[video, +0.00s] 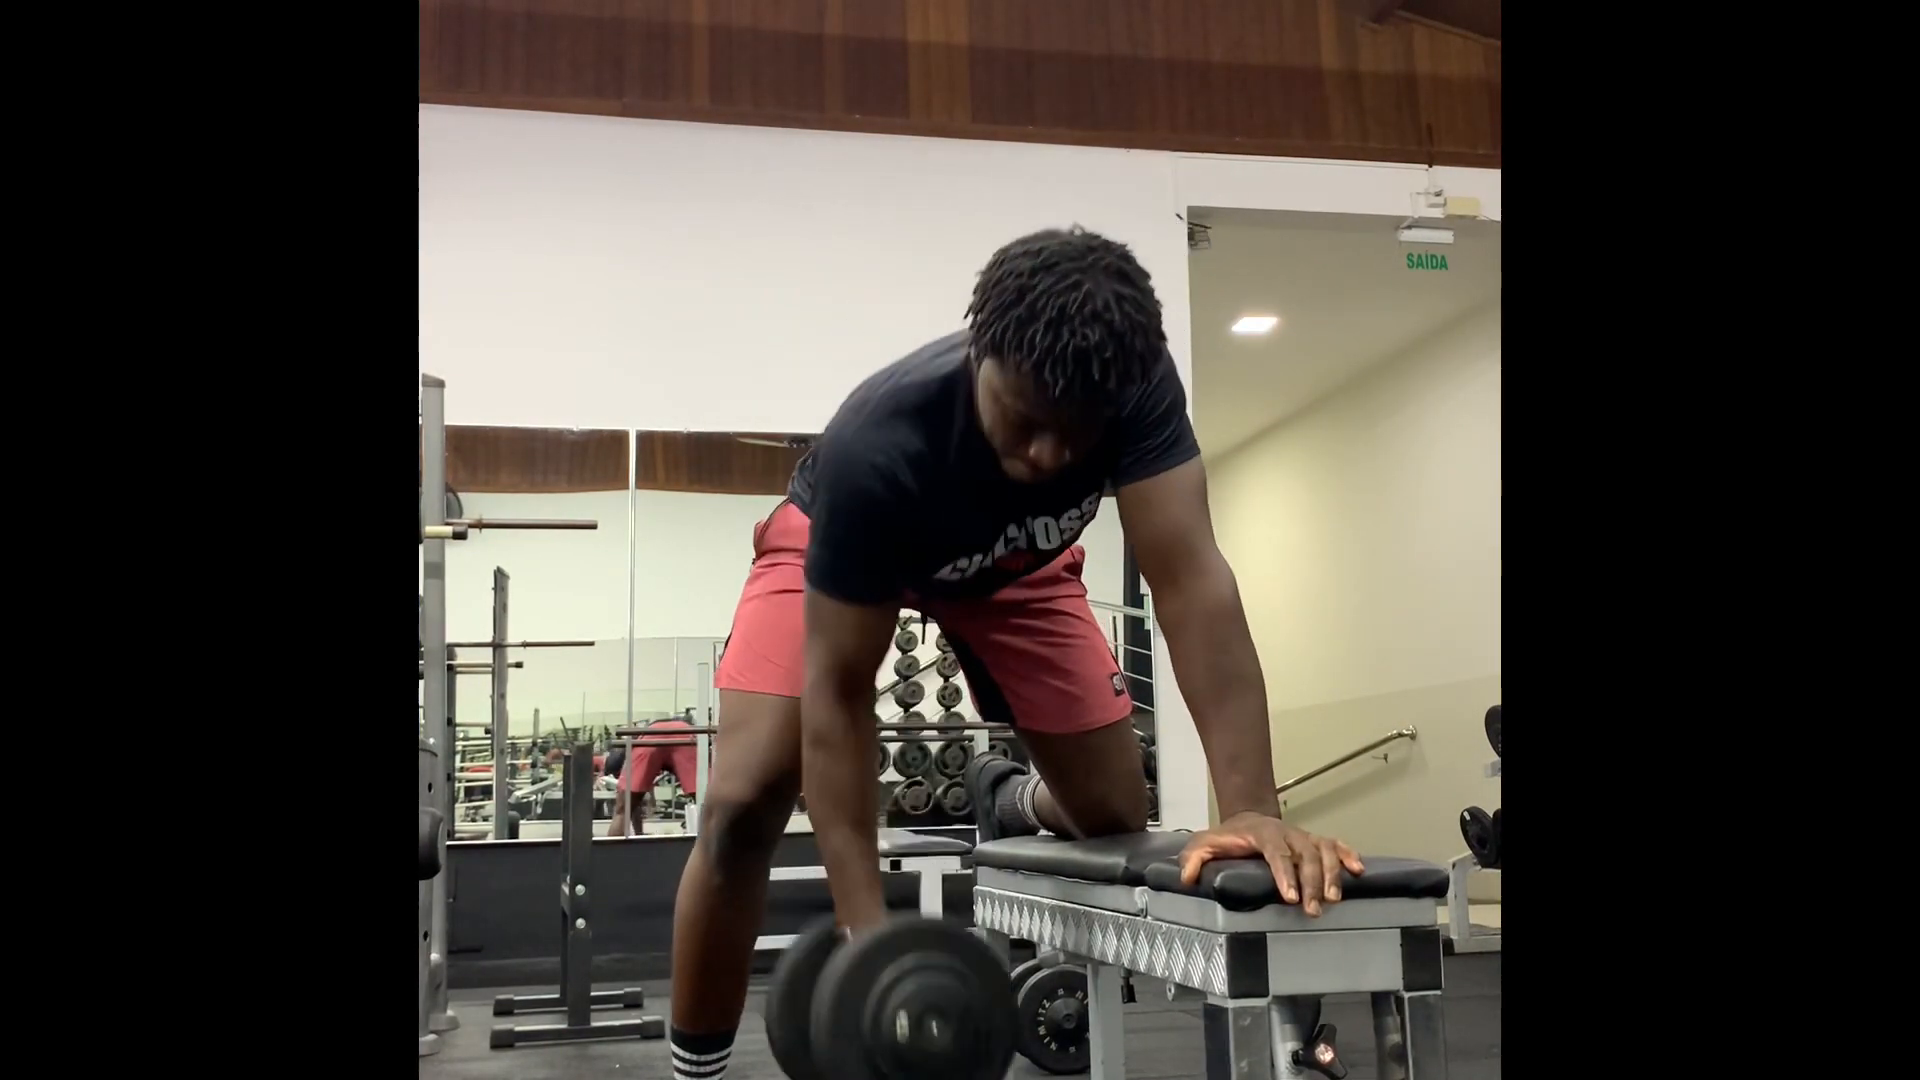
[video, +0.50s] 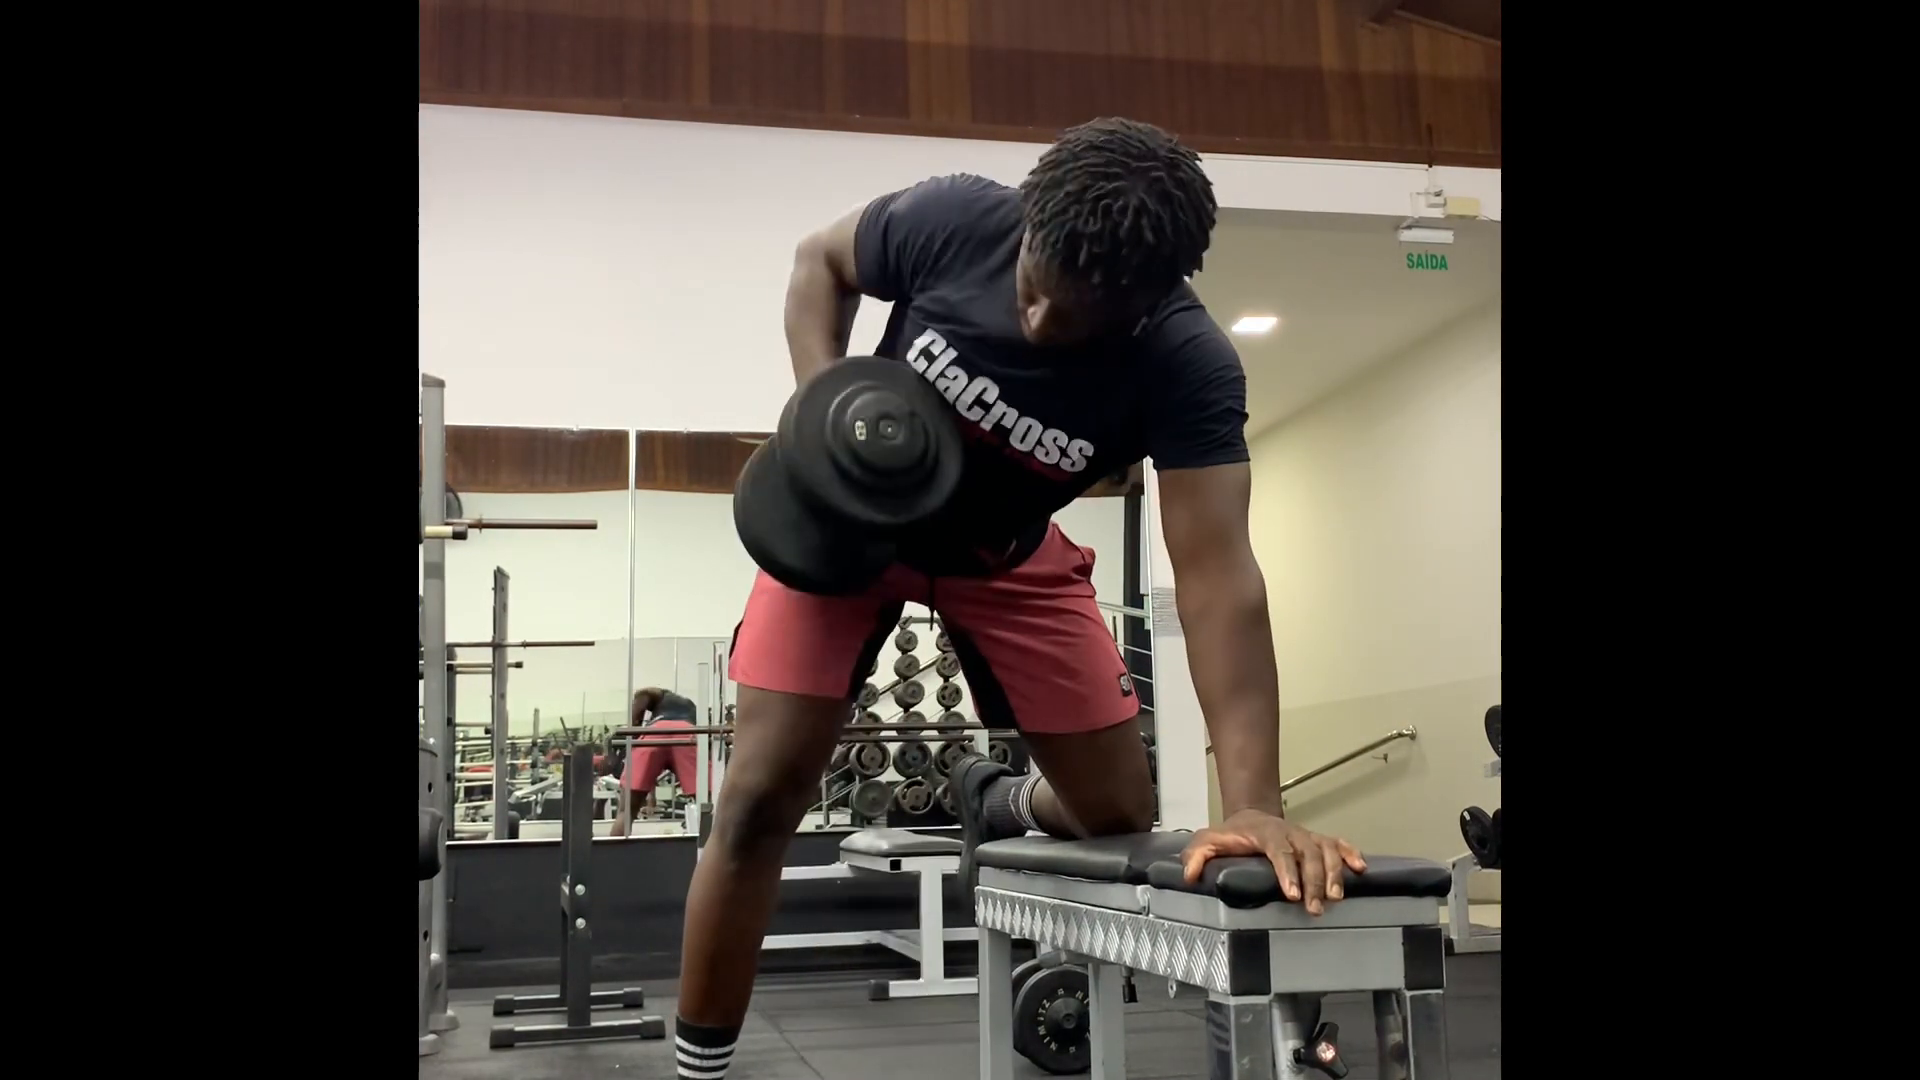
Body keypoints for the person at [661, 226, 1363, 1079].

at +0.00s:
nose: (1047, 454)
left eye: (1077, 430)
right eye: (1023, 422)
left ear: (1123, 390)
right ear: (980, 361)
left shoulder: (1136, 386)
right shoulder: (882, 454)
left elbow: (1189, 573)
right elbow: (838, 699)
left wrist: (1252, 806)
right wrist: (870, 949)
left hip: (1020, 561)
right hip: (842, 552)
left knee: (1119, 817)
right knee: (741, 807)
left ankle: (1016, 800)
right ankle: (696, 1075)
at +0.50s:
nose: (1041, 322)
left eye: (1077, 313)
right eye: (1034, 287)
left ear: (1146, 302)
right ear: (1028, 225)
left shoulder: (1187, 366)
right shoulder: (954, 221)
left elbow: (1220, 579)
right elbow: (820, 262)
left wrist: (1254, 808)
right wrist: (823, 397)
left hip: (1015, 552)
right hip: (858, 515)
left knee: (1118, 812)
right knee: (757, 801)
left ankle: (997, 802)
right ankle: (697, 1071)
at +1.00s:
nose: (1030, 524)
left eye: (1055, 499)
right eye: (1001, 499)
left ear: (1088, 451)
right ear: (947, 449)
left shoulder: (1098, 410)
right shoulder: (869, 540)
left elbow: (1187, 592)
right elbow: (882, 813)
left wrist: (1250, 808)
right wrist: (883, 1058)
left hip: (1017, 562)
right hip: (836, 541)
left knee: (1121, 816)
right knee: (734, 803)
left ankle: (1000, 797)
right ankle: (695, 1069)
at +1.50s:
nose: (1094, 370)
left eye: (1125, 347)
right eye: (1071, 336)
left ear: (1160, 318)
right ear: (1021, 277)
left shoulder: (1165, 381)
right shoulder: (913, 316)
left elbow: (1205, 579)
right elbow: (789, 470)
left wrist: (1251, 806)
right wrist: (840, 658)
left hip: (1020, 574)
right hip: (847, 545)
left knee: (1120, 816)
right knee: (745, 800)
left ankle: (992, 798)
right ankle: (695, 1073)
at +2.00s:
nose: (1055, 363)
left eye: (1089, 346)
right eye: (1041, 327)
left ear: (1141, 328)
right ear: (1018, 267)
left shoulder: (1163, 376)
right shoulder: (904, 327)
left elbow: (1204, 577)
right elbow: (804, 522)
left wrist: (1251, 806)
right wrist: (854, 742)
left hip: (1017, 567)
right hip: (852, 537)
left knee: (1118, 812)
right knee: (748, 788)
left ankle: (1006, 806)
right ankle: (697, 1072)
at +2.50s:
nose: (1050, 474)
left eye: (1073, 451)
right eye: (1022, 448)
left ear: (1110, 405)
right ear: (969, 387)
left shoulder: (1123, 398)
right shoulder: (870, 453)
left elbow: (1187, 582)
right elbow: (833, 695)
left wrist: (1253, 804)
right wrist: (865, 953)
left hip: (1018, 567)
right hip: (839, 558)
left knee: (1120, 814)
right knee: (743, 794)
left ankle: (988, 796)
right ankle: (695, 1071)